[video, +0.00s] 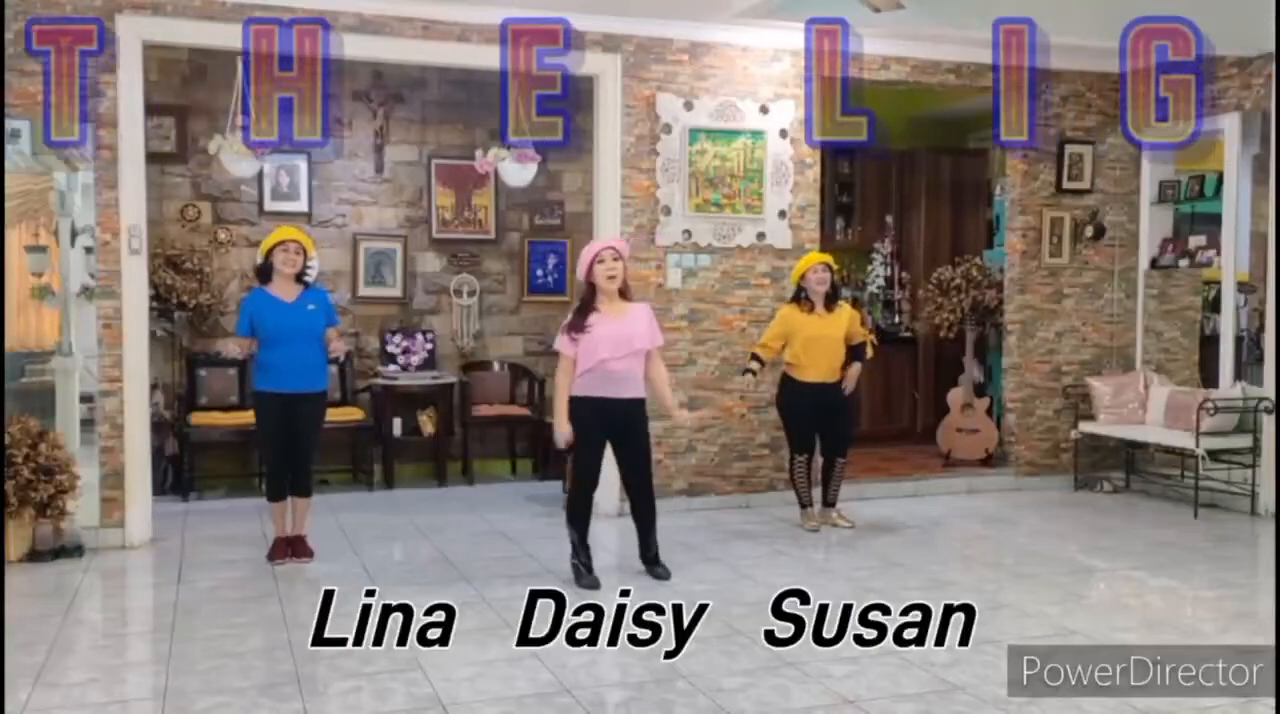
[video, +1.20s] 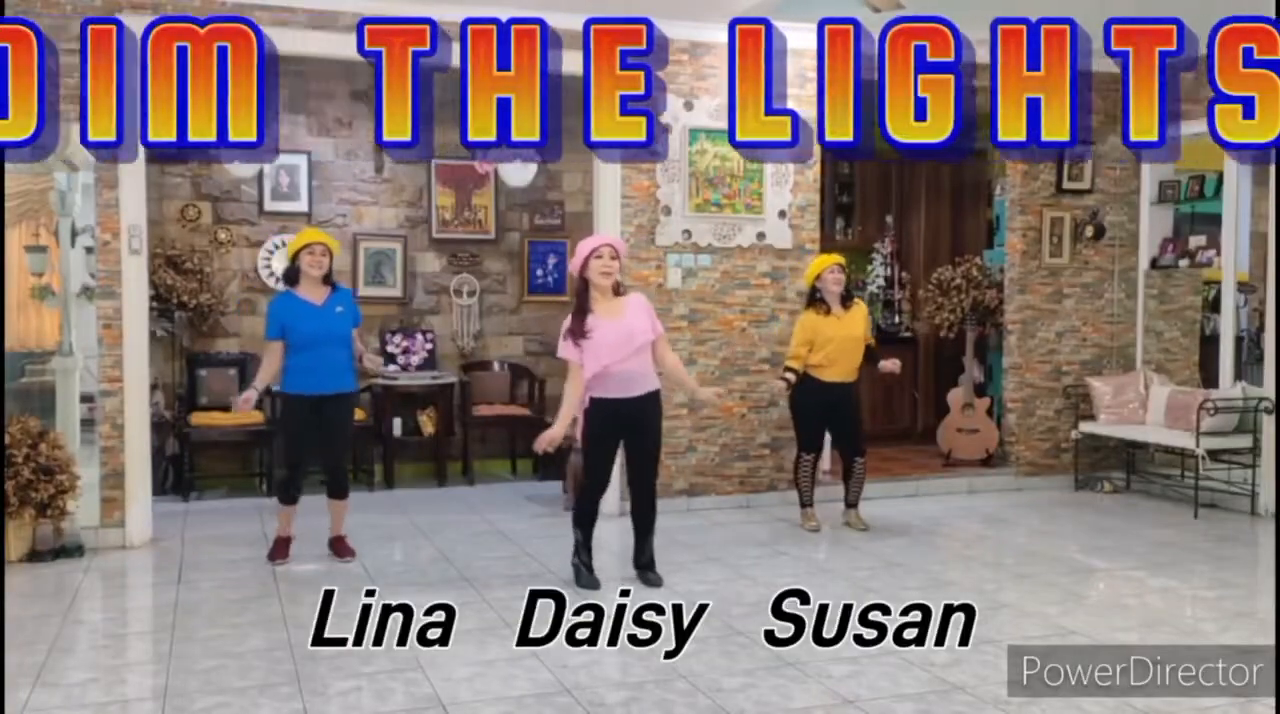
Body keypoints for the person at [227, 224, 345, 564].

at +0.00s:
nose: (291, 257)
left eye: (297, 252)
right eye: (284, 251)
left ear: (304, 261)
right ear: (271, 257)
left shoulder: (318, 297)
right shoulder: (254, 300)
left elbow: (333, 337)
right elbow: (248, 343)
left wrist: (337, 345)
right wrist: (236, 346)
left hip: (311, 390)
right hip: (270, 391)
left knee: (302, 461)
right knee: (275, 462)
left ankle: (298, 535)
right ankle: (280, 536)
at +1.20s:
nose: (317, 259)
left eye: (323, 254)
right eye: (310, 254)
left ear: (331, 261)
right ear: (298, 260)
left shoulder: (344, 297)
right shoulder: (282, 303)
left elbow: (355, 340)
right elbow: (273, 355)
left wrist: (364, 356)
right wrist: (255, 389)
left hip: (339, 396)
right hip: (297, 397)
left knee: (338, 467)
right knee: (291, 468)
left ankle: (338, 536)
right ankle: (284, 535)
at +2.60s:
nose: (291, 255)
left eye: (298, 251)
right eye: (285, 250)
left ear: (307, 260)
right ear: (272, 257)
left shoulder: (316, 304)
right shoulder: (251, 294)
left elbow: (316, 352)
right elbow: (231, 336)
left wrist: (330, 358)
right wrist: (218, 356)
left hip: (299, 396)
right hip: (255, 395)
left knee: (304, 464)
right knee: (260, 466)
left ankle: (310, 531)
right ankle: (267, 539)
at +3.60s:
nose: (307, 260)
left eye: (313, 254)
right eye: (300, 254)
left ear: (323, 260)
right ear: (290, 262)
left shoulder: (343, 295)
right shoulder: (280, 305)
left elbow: (361, 334)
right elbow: (272, 350)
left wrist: (359, 347)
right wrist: (260, 366)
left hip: (335, 397)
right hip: (291, 396)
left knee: (331, 466)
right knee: (280, 466)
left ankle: (331, 536)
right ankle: (275, 537)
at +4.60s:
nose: (296, 253)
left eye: (302, 248)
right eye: (289, 249)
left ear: (311, 257)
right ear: (278, 258)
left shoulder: (321, 301)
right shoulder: (263, 294)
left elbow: (322, 350)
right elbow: (225, 326)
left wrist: (351, 348)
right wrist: (242, 358)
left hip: (308, 394)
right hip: (266, 394)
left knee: (315, 464)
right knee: (262, 468)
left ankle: (328, 536)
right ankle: (255, 541)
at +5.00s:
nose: (272, 254)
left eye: (279, 249)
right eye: (265, 250)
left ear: (291, 257)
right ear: (256, 258)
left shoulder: (305, 304)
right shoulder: (239, 293)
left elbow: (303, 348)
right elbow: (203, 323)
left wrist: (306, 361)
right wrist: (189, 353)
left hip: (285, 396)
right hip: (241, 394)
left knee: (286, 466)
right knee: (246, 468)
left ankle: (278, 536)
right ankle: (253, 541)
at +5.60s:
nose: (272, 256)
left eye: (280, 250)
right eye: (266, 251)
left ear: (293, 258)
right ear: (258, 260)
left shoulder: (313, 296)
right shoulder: (249, 302)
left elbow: (331, 340)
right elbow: (243, 349)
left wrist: (312, 356)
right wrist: (209, 345)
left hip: (298, 396)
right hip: (254, 395)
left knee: (304, 464)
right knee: (253, 466)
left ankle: (326, 536)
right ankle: (254, 542)